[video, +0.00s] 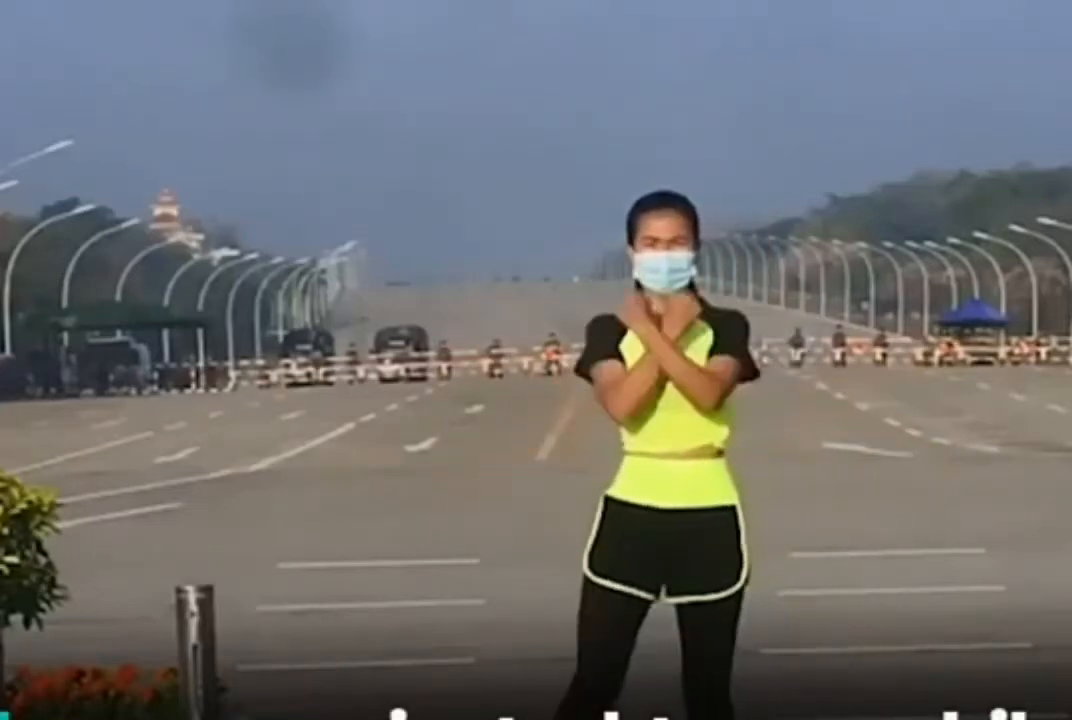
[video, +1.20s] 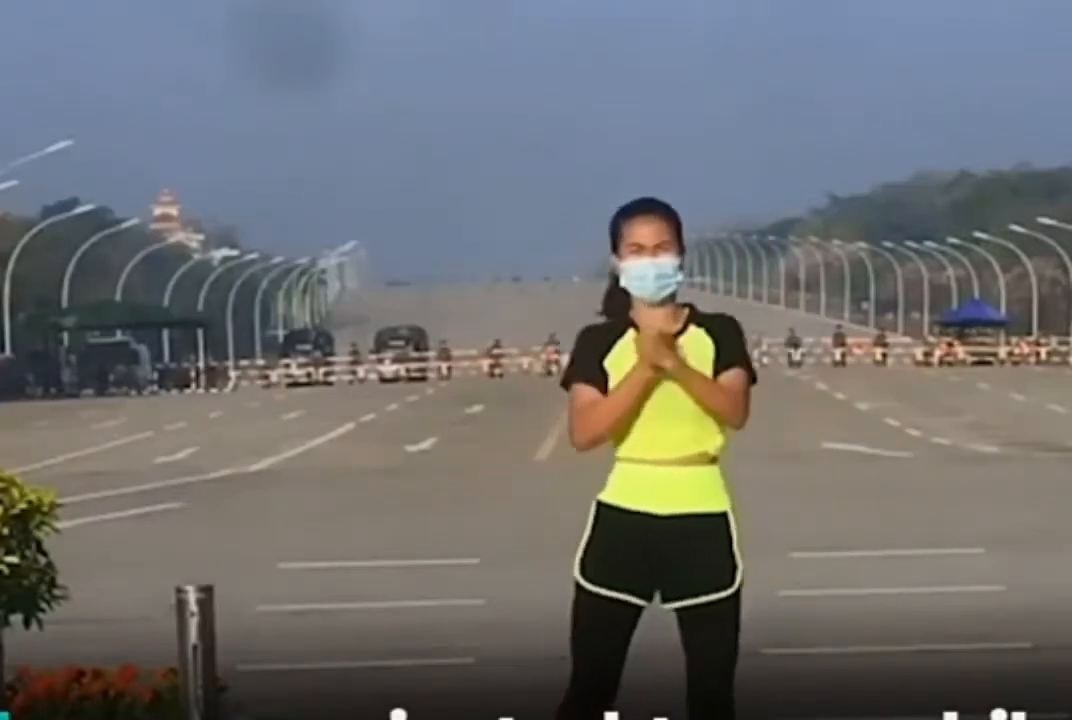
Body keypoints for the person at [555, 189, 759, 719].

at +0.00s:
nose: (664, 257)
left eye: (677, 245)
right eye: (650, 245)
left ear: (695, 250)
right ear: (631, 253)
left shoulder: (726, 325)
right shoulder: (610, 328)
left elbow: (710, 394)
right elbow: (622, 405)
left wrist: (643, 327)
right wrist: (668, 332)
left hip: (709, 518)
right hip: (631, 516)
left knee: (708, 691)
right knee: (595, 683)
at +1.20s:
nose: (652, 263)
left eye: (664, 250)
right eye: (637, 252)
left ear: (681, 256)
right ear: (617, 261)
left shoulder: (720, 332)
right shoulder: (598, 340)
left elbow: (735, 412)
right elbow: (585, 433)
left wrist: (675, 364)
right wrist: (646, 366)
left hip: (703, 524)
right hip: (622, 523)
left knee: (712, 693)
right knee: (591, 689)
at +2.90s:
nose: (808, 267)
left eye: (818, 255)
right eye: (793, 257)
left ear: (834, 265)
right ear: (770, 270)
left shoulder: (867, 338)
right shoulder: (749, 342)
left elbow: (959, 343)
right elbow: (657, 367)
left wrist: (877, 359)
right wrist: (745, 368)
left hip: (860, 534)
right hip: (778, 537)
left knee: (887, 699)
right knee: (766, 701)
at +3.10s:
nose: (808, 204)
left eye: (820, 192)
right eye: (794, 193)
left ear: (839, 204)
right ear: (776, 208)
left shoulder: (879, 283)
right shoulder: (749, 289)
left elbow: (922, 370)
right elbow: (717, 388)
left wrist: (894, 447)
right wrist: (749, 467)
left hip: (865, 478)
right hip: (779, 481)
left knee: (884, 648)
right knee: (774, 651)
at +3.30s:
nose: (816, 270)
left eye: (828, 258)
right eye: (801, 260)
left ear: (847, 268)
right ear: (782, 275)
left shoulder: (877, 344)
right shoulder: (760, 349)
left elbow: (970, 332)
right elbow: (661, 353)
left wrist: (874, 342)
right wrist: (760, 347)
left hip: (865, 539)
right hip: (783, 542)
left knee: (890, 704)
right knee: (766, 706)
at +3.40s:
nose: (808, 214)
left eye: (820, 203)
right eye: (794, 204)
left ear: (837, 213)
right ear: (773, 215)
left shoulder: (871, 292)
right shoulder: (749, 292)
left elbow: (939, 360)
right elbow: (682, 366)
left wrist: (892, 418)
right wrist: (742, 431)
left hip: (853, 488)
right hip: (771, 489)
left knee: (871, 654)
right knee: (760, 659)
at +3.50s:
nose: (795, 193)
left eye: (806, 181)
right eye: (782, 182)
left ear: (825, 191)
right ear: (761, 194)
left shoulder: (865, 274)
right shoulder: (736, 276)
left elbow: (881, 371)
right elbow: (726, 376)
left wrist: (898, 448)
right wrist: (727, 463)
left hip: (842, 463)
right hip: (756, 462)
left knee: (863, 628)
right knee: (734, 633)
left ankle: (886, 719)